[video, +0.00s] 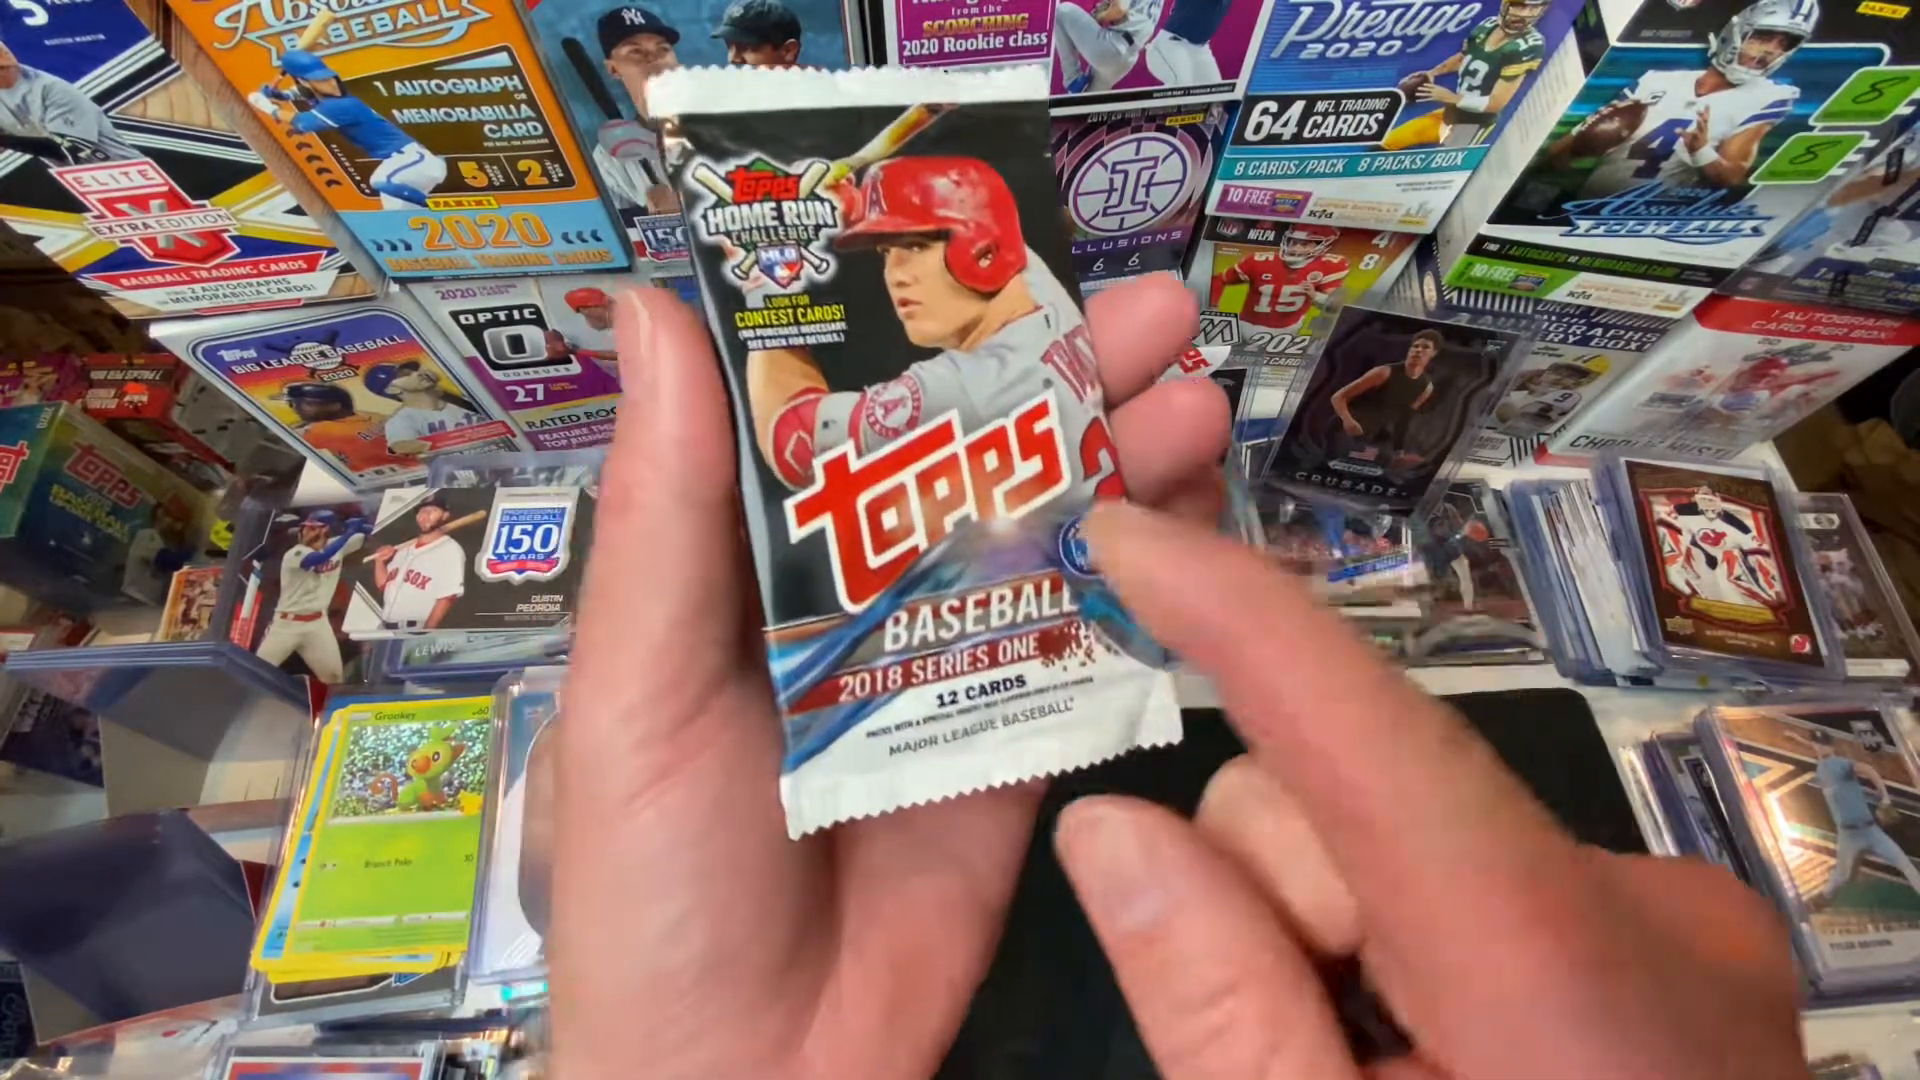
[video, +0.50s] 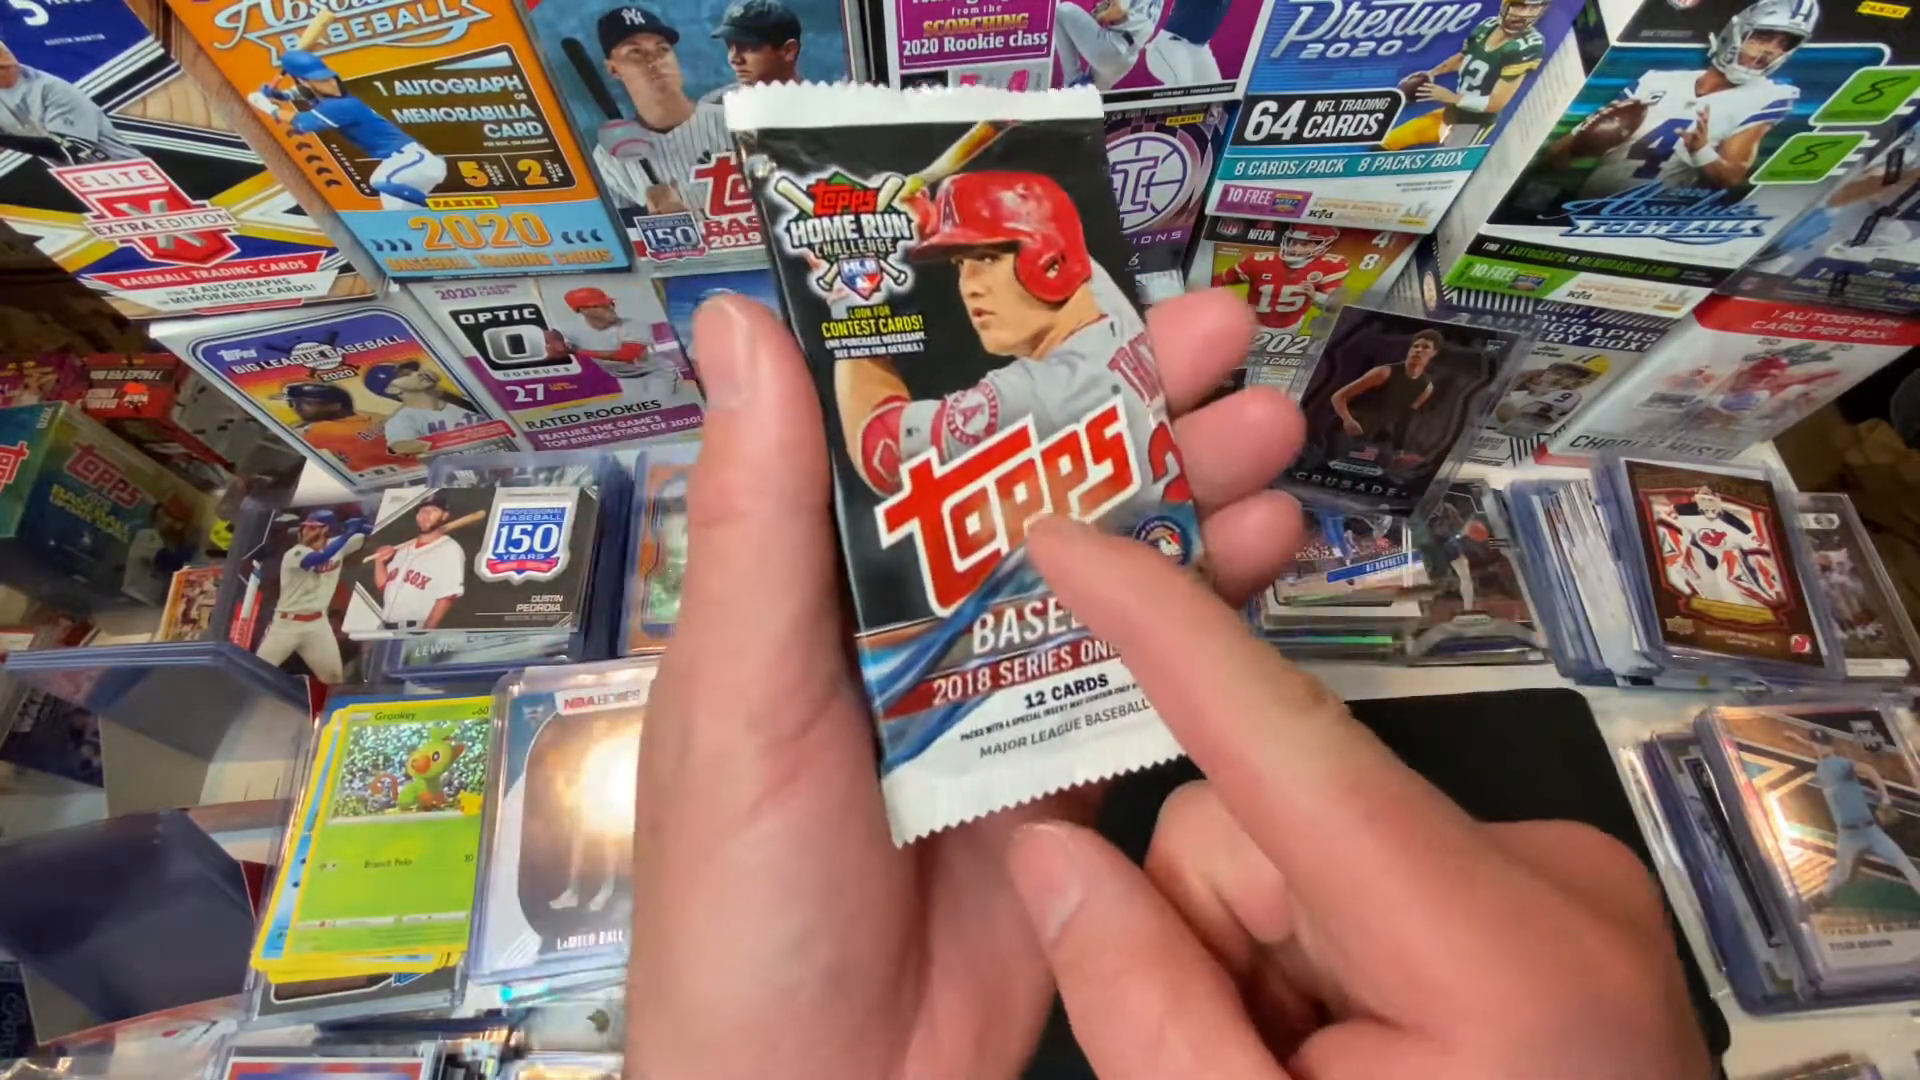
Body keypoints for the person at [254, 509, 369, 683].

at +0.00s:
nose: (304, 531)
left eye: (311, 528)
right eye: (304, 527)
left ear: (324, 531)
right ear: (303, 530)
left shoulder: (337, 548)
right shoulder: (294, 554)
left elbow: (366, 534)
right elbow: (318, 559)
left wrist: (359, 525)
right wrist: (346, 537)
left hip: (317, 625)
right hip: (285, 624)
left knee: (334, 677)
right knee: (258, 670)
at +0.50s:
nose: (303, 531)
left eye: (310, 527)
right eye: (304, 527)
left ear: (324, 530)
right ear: (303, 530)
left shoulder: (337, 549)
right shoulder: (294, 554)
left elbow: (367, 533)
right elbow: (318, 559)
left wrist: (358, 525)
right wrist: (347, 536)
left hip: (317, 625)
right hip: (285, 624)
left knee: (333, 677)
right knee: (258, 670)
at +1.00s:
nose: (302, 531)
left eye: (309, 527)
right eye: (303, 527)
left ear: (324, 530)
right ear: (303, 530)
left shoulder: (336, 549)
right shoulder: (294, 554)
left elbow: (367, 531)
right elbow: (318, 559)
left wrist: (355, 524)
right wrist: (347, 535)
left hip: (317, 625)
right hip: (285, 624)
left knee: (334, 678)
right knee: (258, 670)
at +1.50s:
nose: (303, 531)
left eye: (309, 528)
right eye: (304, 527)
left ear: (323, 531)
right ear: (303, 529)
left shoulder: (337, 548)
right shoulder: (294, 554)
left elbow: (368, 532)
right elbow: (320, 559)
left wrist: (357, 524)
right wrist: (348, 534)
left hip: (317, 625)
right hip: (285, 624)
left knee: (334, 677)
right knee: (258, 670)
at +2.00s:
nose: (303, 532)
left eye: (310, 528)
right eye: (303, 528)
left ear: (323, 531)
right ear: (302, 530)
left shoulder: (337, 548)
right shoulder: (294, 554)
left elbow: (369, 533)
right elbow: (320, 559)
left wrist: (357, 523)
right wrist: (347, 536)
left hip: (317, 625)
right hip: (285, 624)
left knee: (333, 677)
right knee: (259, 670)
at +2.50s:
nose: (303, 532)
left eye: (309, 528)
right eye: (304, 528)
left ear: (323, 530)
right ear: (302, 529)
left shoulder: (338, 547)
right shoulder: (293, 554)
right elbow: (319, 558)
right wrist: (349, 534)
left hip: (318, 624)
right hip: (286, 624)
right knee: (261, 666)